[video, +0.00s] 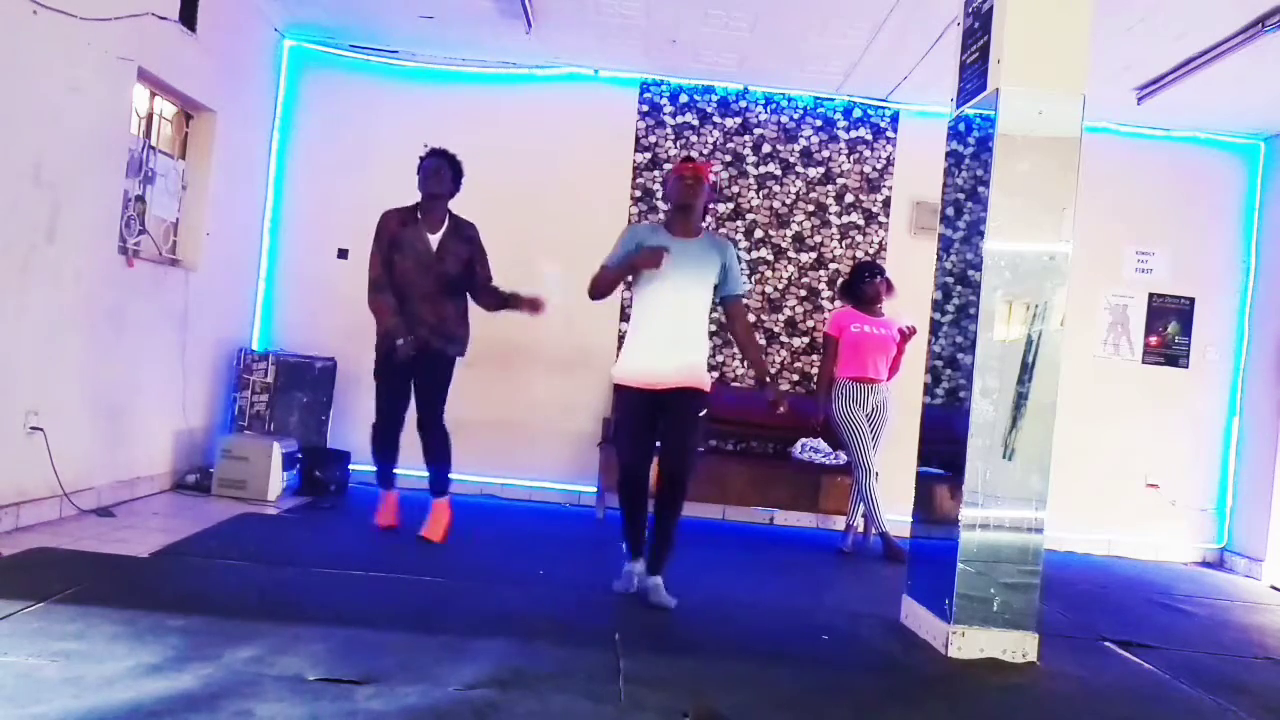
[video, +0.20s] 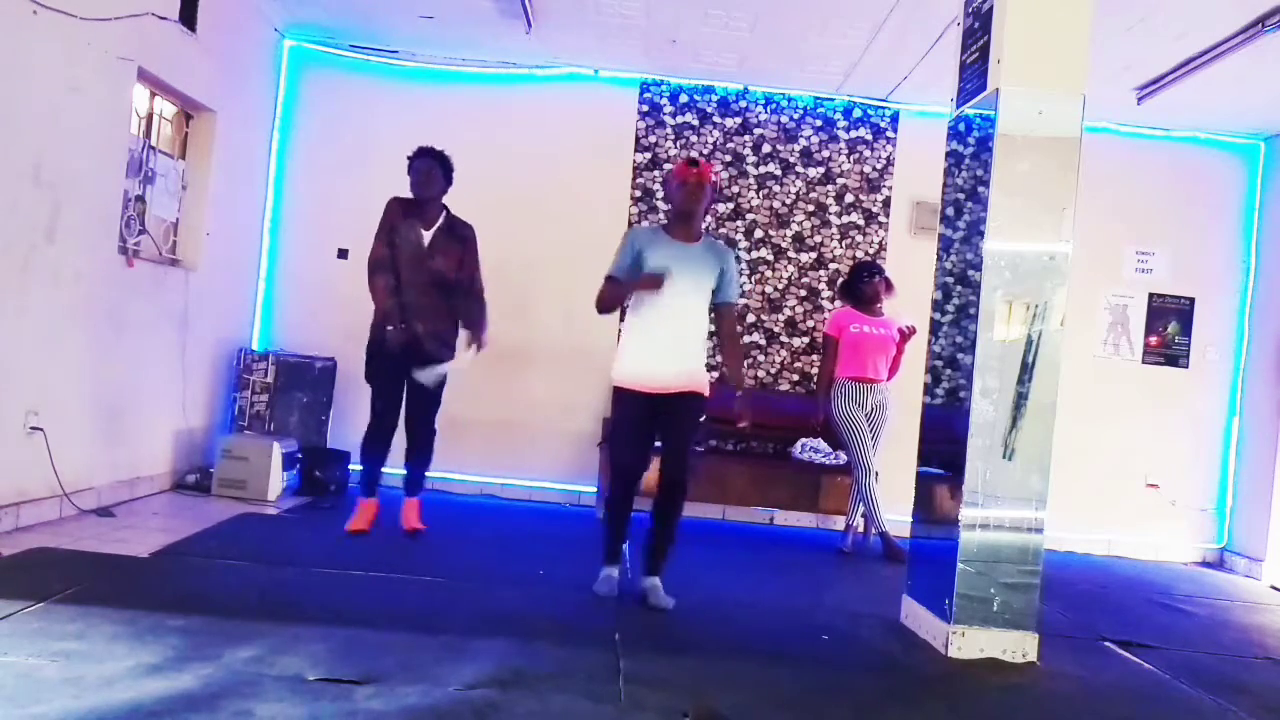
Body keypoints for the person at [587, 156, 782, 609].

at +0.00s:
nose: (686, 187)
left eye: (695, 182)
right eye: (679, 180)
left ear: (708, 195)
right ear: (665, 189)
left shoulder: (721, 250)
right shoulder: (638, 236)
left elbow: (738, 320)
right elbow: (596, 290)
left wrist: (767, 380)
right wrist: (631, 263)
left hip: (688, 379)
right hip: (635, 375)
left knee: (675, 478)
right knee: (632, 471)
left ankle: (655, 574)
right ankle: (634, 558)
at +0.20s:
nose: (690, 193)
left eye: (698, 187)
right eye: (683, 185)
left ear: (710, 198)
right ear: (668, 191)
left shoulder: (722, 257)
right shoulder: (639, 239)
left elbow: (728, 327)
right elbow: (604, 301)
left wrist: (738, 389)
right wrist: (635, 284)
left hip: (687, 385)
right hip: (634, 381)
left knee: (675, 480)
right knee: (624, 475)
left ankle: (652, 574)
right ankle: (611, 564)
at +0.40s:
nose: (690, 192)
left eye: (698, 186)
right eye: (684, 184)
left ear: (712, 197)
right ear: (671, 191)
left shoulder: (726, 257)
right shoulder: (641, 243)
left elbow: (720, 327)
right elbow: (621, 309)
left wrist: (710, 390)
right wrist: (610, 371)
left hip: (687, 390)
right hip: (634, 386)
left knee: (692, 481)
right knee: (620, 477)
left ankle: (693, 573)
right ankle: (613, 565)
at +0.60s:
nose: (691, 186)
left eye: (700, 180)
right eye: (685, 179)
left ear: (716, 191)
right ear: (674, 188)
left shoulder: (733, 241)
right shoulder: (652, 243)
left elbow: (746, 315)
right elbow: (629, 307)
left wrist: (721, 379)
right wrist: (594, 361)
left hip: (700, 386)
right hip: (642, 381)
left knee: (696, 486)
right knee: (617, 469)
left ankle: (696, 579)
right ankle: (612, 559)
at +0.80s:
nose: (681, 187)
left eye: (692, 181)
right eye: (675, 180)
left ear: (712, 193)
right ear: (667, 191)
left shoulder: (728, 239)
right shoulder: (660, 246)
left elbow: (744, 316)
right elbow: (651, 315)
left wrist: (737, 386)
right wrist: (622, 364)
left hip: (704, 380)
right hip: (651, 373)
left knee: (695, 482)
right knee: (615, 459)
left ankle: (699, 580)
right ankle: (584, 560)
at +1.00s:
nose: (668, 190)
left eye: (677, 184)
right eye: (662, 183)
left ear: (695, 194)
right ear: (651, 192)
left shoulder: (715, 242)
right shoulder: (640, 250)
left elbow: (728, 318)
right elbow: (636, 311)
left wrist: (721, 383)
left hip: (687, 388)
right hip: (636, 384)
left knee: (688, 491)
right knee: (610, 481)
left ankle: (696, 581)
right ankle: (580, 572)